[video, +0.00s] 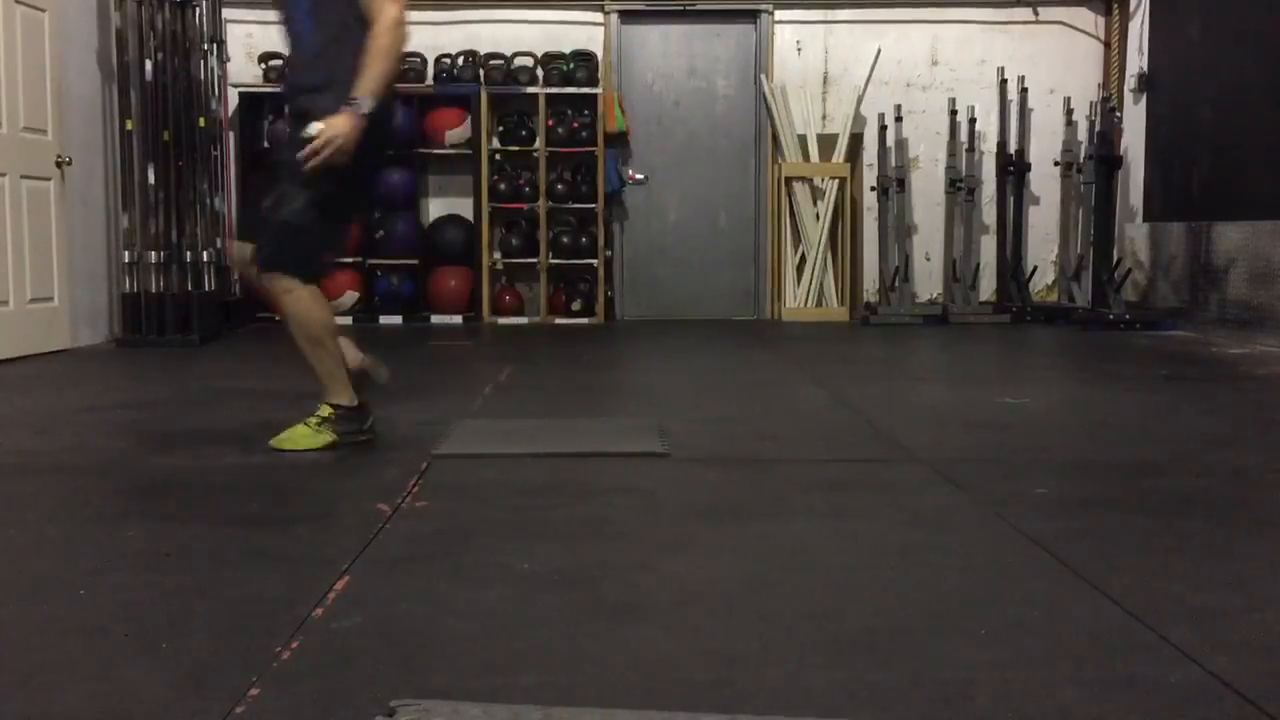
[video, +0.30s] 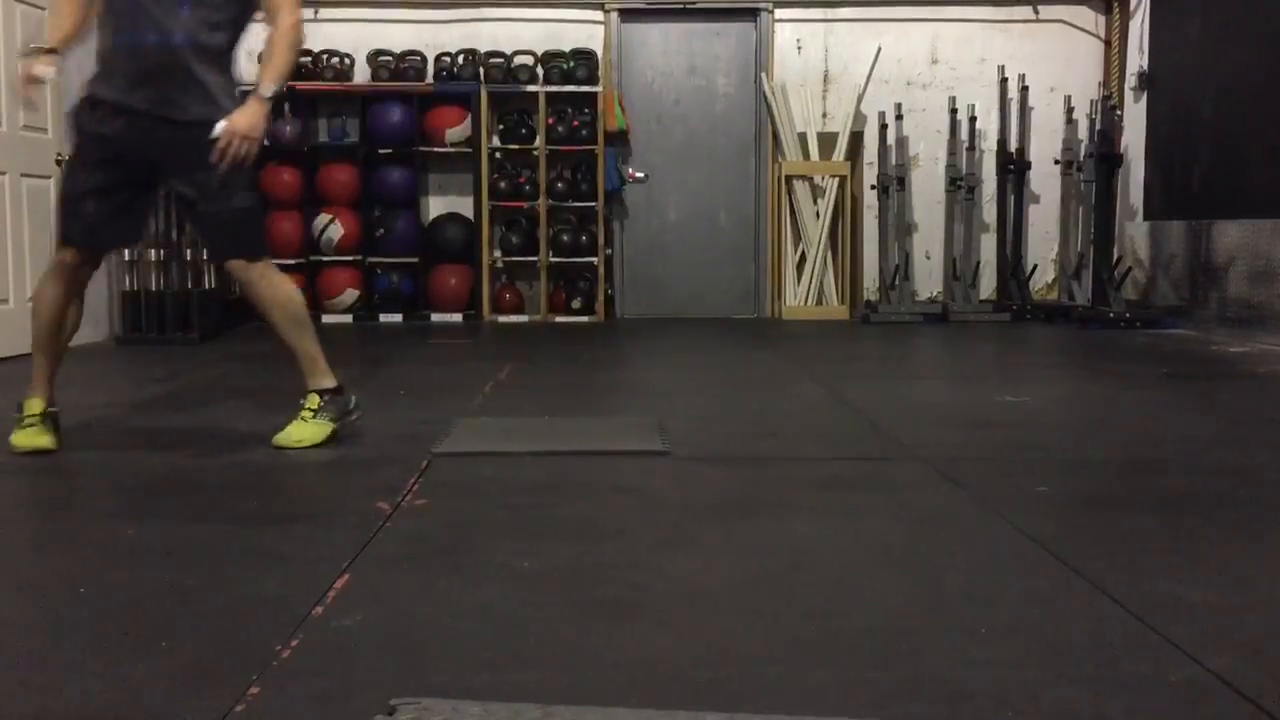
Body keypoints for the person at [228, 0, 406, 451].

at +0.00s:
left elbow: (390, 19)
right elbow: (316, 44)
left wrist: (355, 113)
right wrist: (295, 119)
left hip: (339, 125)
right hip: (304, 123)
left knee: (283, 268)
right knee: (247, 253)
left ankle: (344, 408)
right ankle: (350, 359)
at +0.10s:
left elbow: (357, 15)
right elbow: (253, 38)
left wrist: (314, 101)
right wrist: (221, 102)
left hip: (293, 106)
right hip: (240, 106)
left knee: (276, 262)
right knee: (171, 229)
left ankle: (343, 401)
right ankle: (254, 353)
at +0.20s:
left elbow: (321, 8)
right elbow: (165, 24)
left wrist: (288, 94)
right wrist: (132, 76)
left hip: (245, 107)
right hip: (169, 103)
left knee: (272, 254)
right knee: (119, 238)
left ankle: (336, 390)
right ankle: (124, 383)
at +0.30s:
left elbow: (289, 19)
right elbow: (82, 2)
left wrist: (260, 102)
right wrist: (50, 47)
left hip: (207, 124)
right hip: (114, 117)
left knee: (249, 264)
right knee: (71, 263)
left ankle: (327, 391)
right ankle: (38, 404)